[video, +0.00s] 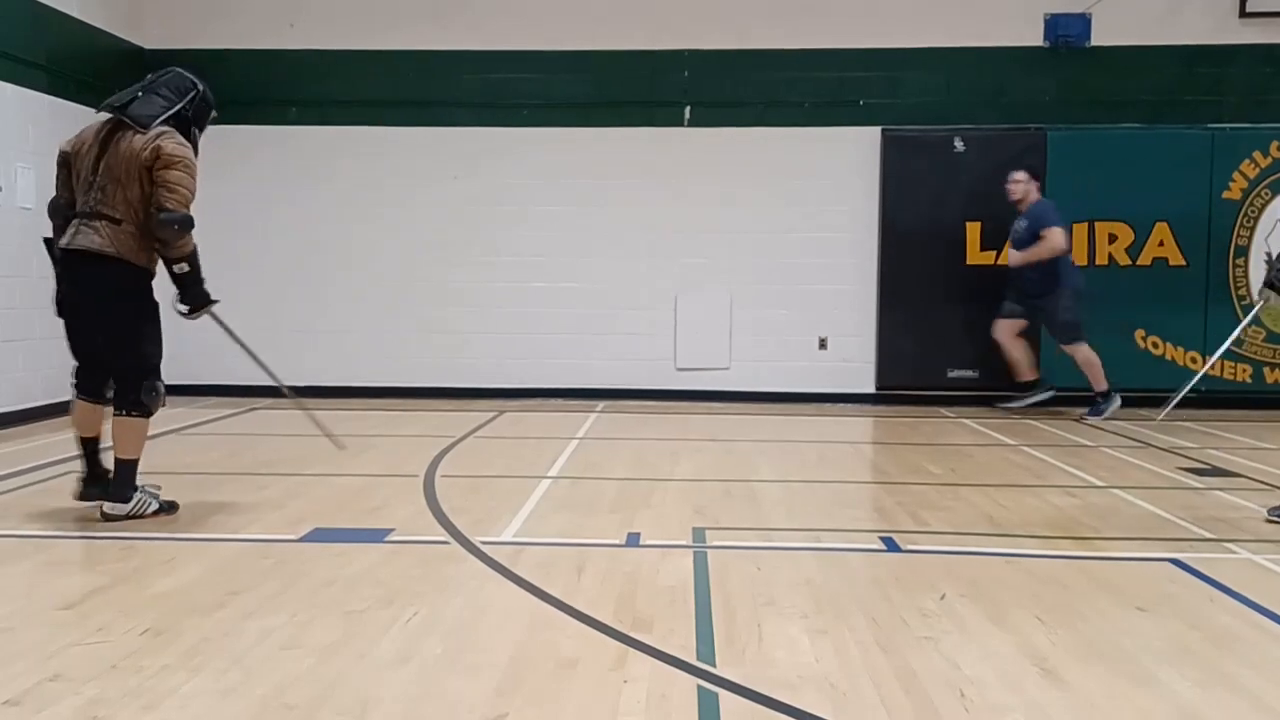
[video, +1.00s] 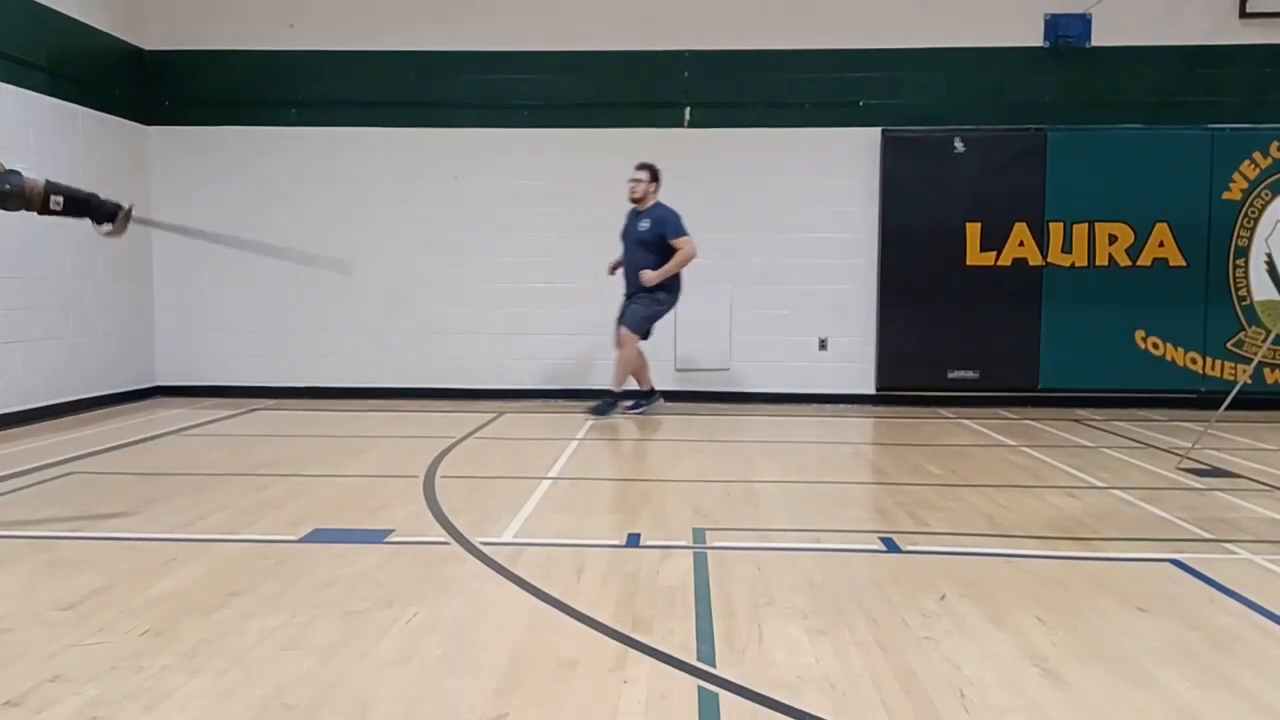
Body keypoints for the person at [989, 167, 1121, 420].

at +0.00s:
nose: (1011, 187)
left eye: (1017, 182)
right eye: (1009, 183)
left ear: (1034, 186)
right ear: (1008, 188)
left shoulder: (1043, 209)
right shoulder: (1022, 216)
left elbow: (1057, 242)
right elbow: (1017, 248)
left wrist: (1021, 256)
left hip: (1056, 289)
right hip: (1028, 290)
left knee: (1073, 343)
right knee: (1003, 331)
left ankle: (1105, 396)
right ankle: (1032, 386)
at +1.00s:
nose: (633, 186)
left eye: (639, 182)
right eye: (631, 181)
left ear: (653, 186)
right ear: (630, 184)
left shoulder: (666, 216)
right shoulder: (633, 215)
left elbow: (688, 251)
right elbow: (635, 249)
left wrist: (658, 274)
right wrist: (619, 263)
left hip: (659, 290)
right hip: (635, 290)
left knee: (628, 334)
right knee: (623, 339)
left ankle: (614, 392)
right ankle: (648, 391)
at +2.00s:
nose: (440, 190)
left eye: (445, 184)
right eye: (436, 185)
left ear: (460, 187)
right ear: (434, 189)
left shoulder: (480, 215)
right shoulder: (438, 220)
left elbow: (511, 244)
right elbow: (450, 254)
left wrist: (482, 271)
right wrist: (453, 282)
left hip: (488, 295)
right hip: (453, 294)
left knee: (510, 344)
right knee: (426, 338)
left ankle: (548, 396)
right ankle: (424, 390)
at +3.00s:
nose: (298, 99)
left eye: (298, 90)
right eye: (289, 90)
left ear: (276, 95)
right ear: (260, 93)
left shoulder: (279, 148)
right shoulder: (238, 149)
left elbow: (279, 218)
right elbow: (214, 217)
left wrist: (311, 242)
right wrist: (295, 237)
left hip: (262, 289)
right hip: (246, 290)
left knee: (233, 386)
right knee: (297, 387)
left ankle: (189, 479)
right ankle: (324, 492)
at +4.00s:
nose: (529, 96)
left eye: (526, 87)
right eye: (522, 88)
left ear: (484, 96)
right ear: (503, 93)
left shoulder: (492, 147)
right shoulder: (491, 151)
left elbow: (513, 230)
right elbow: (502, 223)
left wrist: (560, 278)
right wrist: (561, 267)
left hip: (497, 288)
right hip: (507, 288)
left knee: (515, 389)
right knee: (559, 385)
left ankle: (476, 487)